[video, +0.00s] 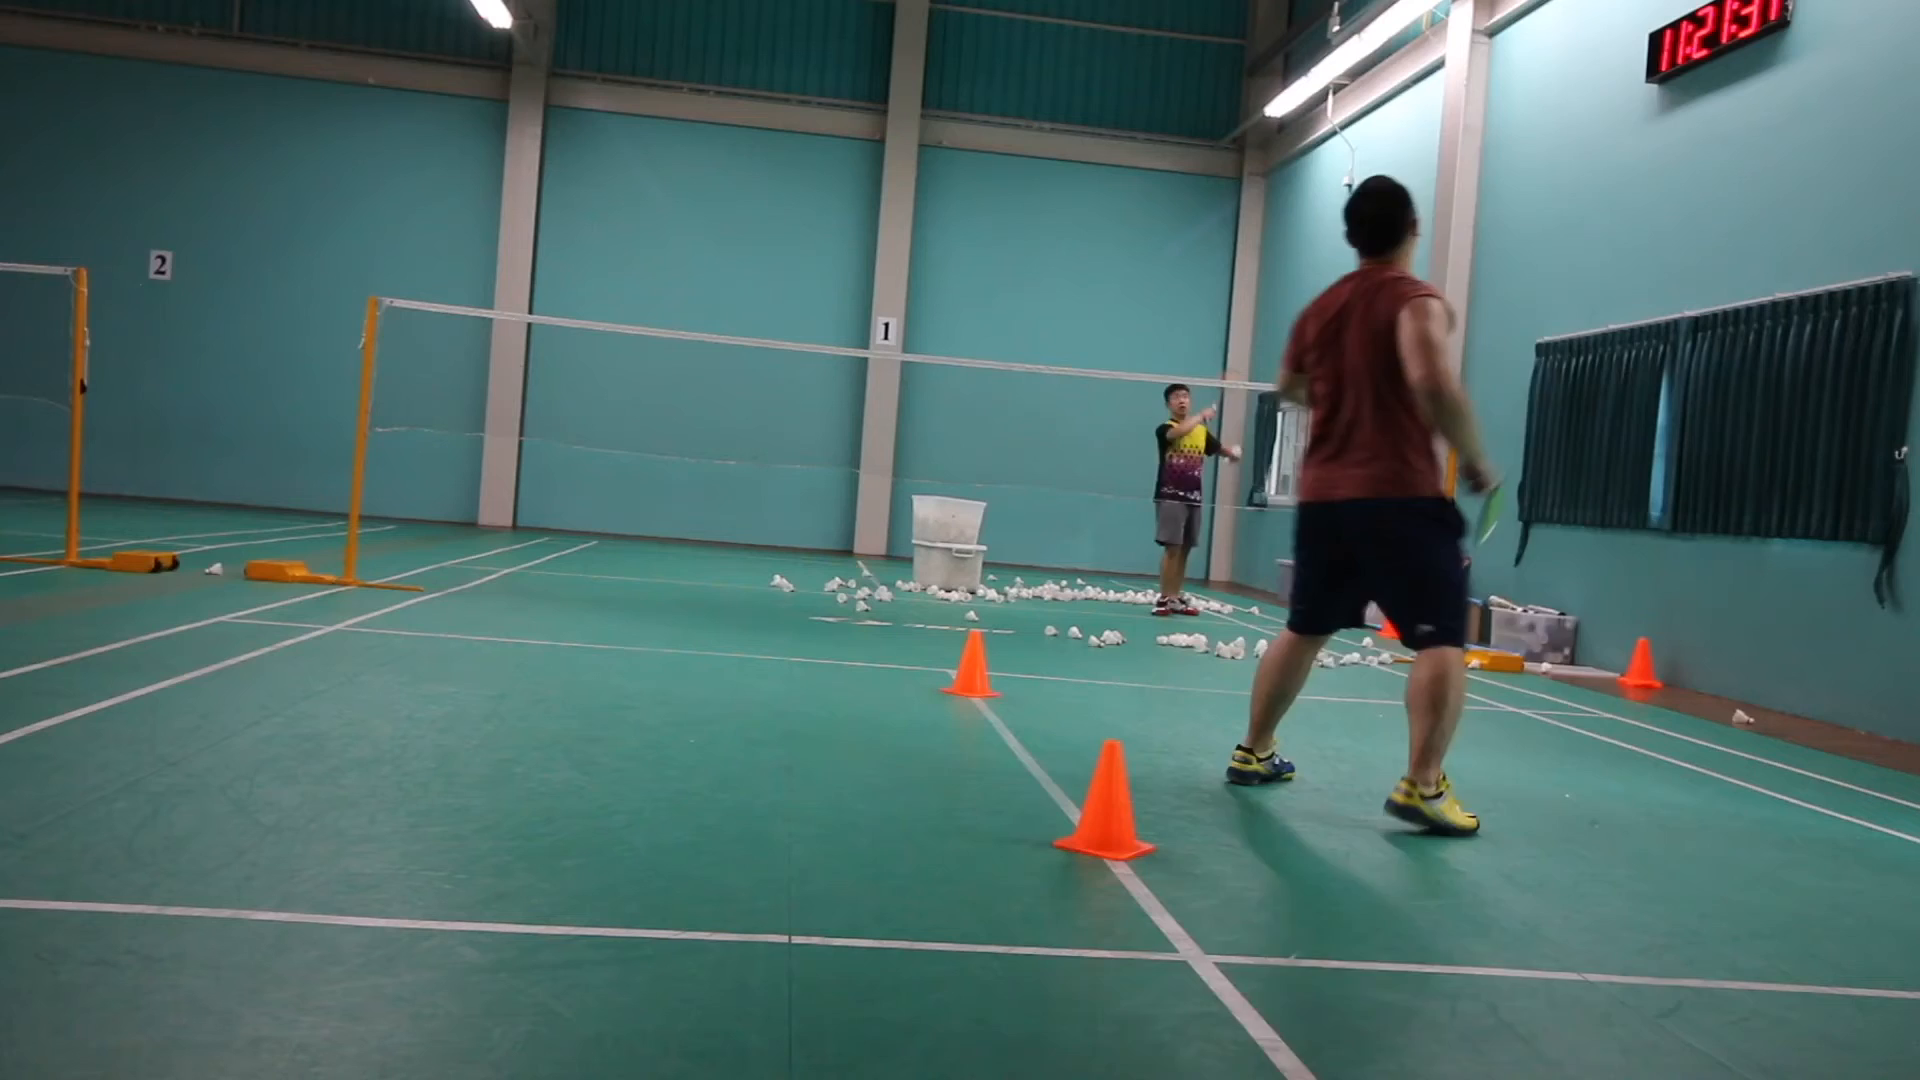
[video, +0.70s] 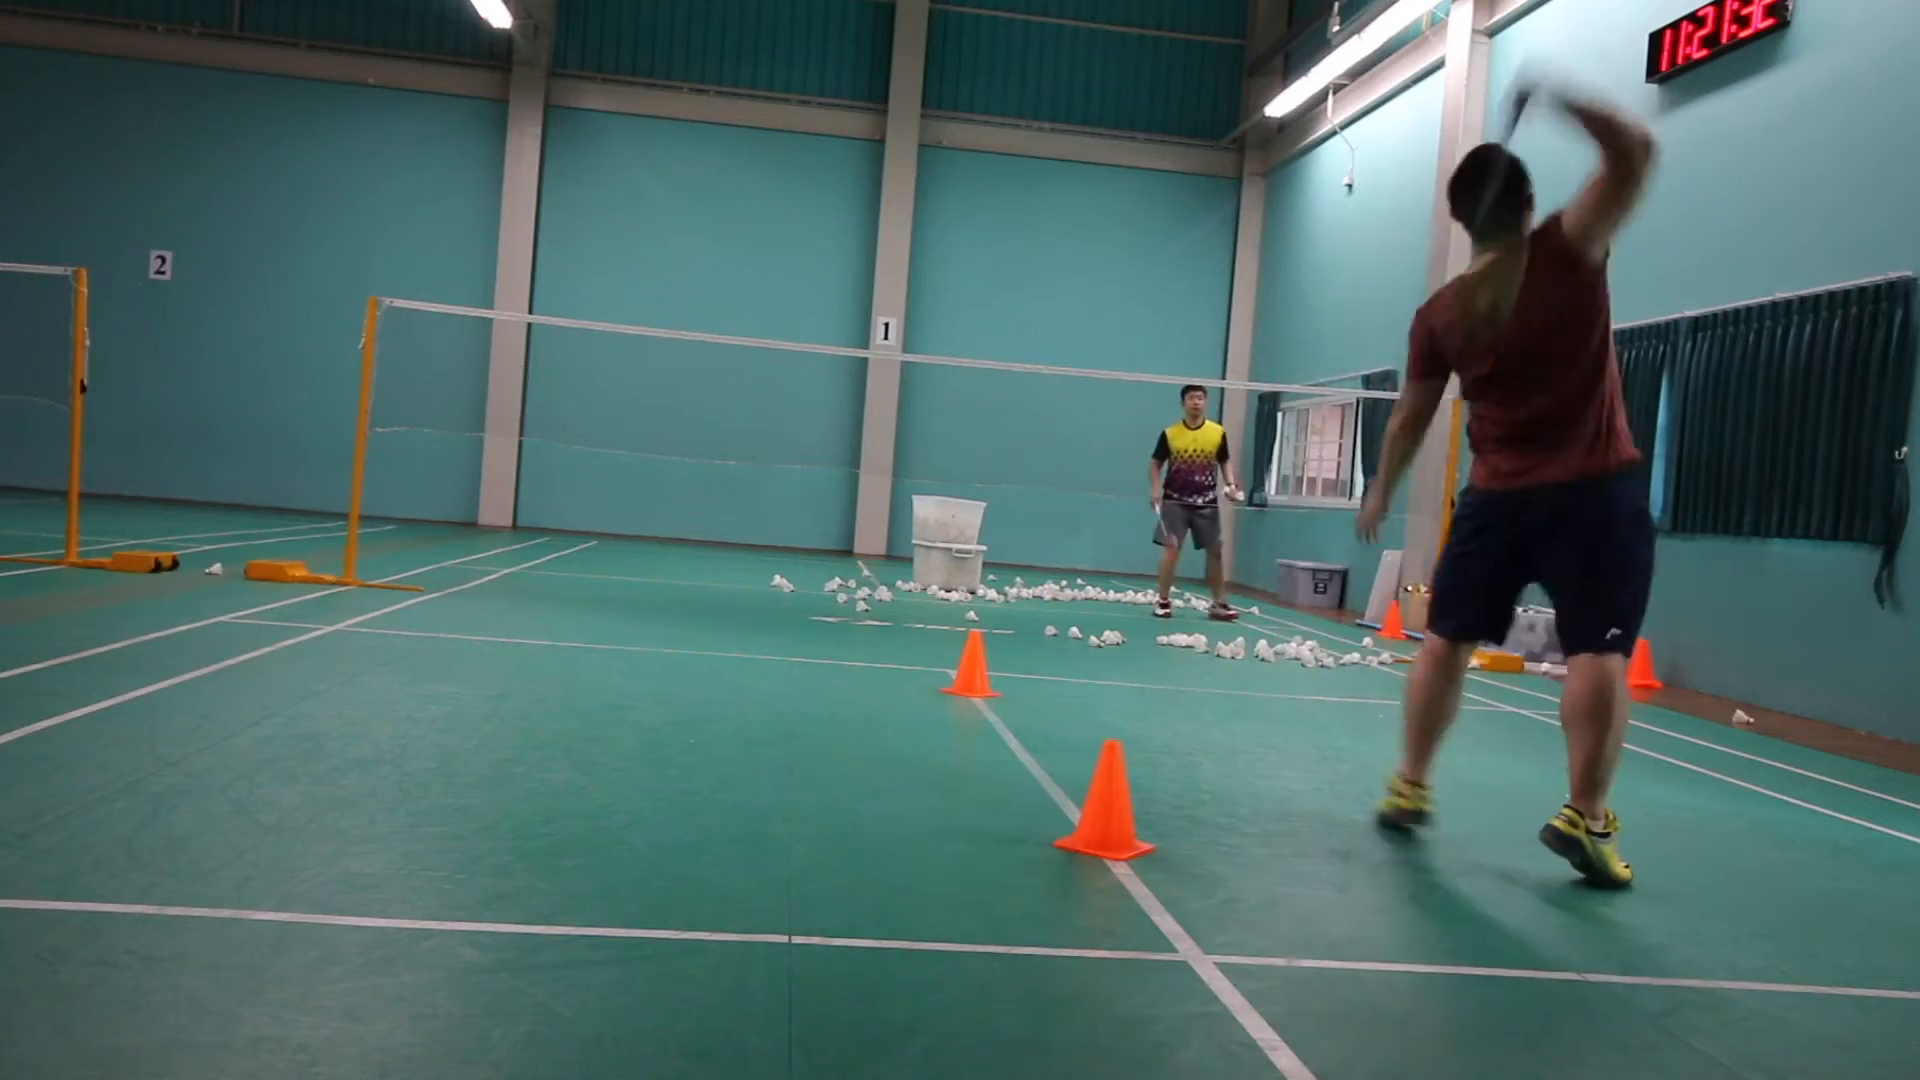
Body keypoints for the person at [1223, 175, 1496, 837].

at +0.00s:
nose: (1418, 232)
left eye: (1411, 222)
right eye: (1417, 223)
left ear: (1351, 236)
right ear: (1410, 232)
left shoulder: (1320, 308)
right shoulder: (1418, 300)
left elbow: (1290, 386)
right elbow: (1430, 381)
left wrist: (1347, 397)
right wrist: (1473, 458)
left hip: (1325, 504)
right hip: (1404, 505)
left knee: (1305, 627)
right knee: (1440, 638)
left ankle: (1253, 750)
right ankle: (1424, 784)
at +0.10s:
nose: (1440, 226)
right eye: (1438, 218)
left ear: (1373, 232)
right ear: (1436, 225)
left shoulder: (1348, 304)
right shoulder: (1441, 292)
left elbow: (1327, 364)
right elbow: (1464, 360)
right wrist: (1535, 410)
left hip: (1361, 506)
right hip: (1440, 504)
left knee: (1322, 631)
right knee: (1457, 649)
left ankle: (1264, 752)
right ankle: (1420, 793)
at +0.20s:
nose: (1473, 198)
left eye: (1468, 188)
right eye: (1468, 189)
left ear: (1400, 210)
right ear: (1458, 201)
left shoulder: (1377, 277)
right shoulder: (1453, 263)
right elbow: (1474, 318)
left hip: (1388, 484)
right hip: (1464, 481)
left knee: (1398, 619)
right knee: (1477, 637)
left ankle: (1343, 733)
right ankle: (1435, 780)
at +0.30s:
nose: (1491, 204)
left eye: (1484, 194)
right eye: (1487, 197)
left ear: (1423, 216)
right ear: (1479, 212)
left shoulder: (1405, 261)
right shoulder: (1457, 276)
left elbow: (1423, 214)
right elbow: (1469, 334)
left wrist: (1454, 168)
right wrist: (1557, 255)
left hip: (1406, 499)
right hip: (1484, 497)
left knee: (1415, 647)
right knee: (1544, 642)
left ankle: (1366, 788)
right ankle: (1471, 779)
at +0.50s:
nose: (1560, 211)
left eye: (1554, 201)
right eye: (1556, 203)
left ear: (1487, 226)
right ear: (1545, 216)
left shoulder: (1463, 280)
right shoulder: (1529, 294)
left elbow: (1445, 230)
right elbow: (1532, 360)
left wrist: (1444, 169)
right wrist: (1603, 269)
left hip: (1478, 518)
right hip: (1557, 522)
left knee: (1474, 654)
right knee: (1599, 672)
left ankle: (1368, 753)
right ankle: (1565, 838)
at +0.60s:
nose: (1564, 201)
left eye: (1553, 192)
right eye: (1555, 195)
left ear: (1488, 227)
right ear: (1550, 215)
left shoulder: (1464, 297)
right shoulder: (1553, 290)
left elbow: (1416, 344)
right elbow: (1609, 325)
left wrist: (1390, 340)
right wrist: (1586, 221)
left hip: (1504, 519)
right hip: (1592, 518)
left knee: (1465, 650)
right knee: (1610, 667)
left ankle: (1360, 752)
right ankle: (1572, 828)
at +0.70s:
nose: (1523, 203)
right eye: (1526, 193)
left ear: (1459, 218)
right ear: (1530, 200)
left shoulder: (1443, 313)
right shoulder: (1570, 245)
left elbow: (1411, 416)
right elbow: (1632, 150)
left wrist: (1379, 495)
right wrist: (1556, 96)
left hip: (1495, 496)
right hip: (1597, 488)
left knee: (1446, 636)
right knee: (1598, 646)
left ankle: (1410, 784)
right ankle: (1587, 814)